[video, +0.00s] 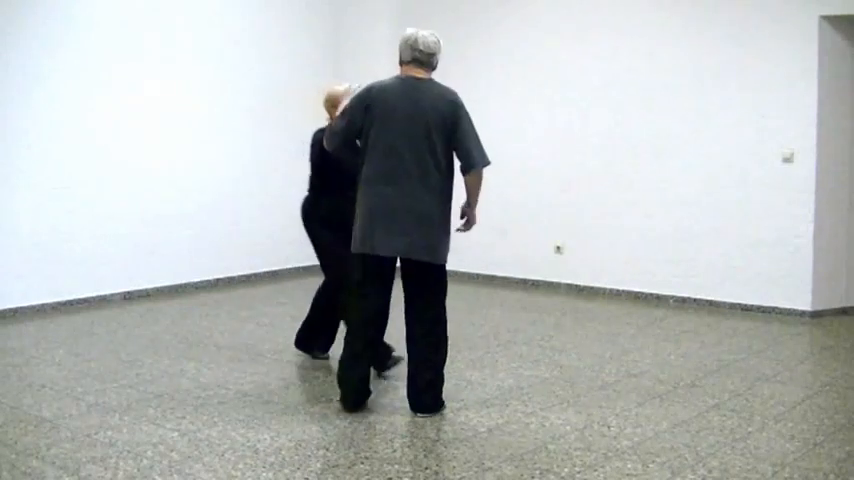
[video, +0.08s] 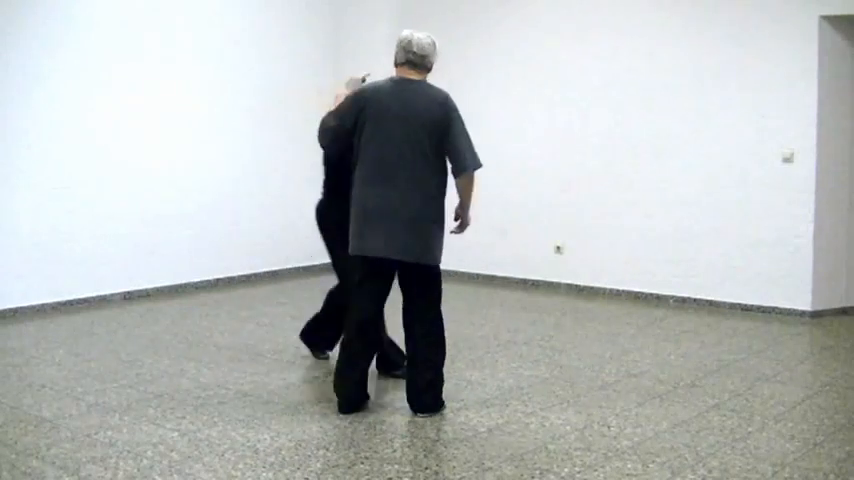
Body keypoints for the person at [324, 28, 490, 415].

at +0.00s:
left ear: (400, 59)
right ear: (434, 63)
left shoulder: (373, 94)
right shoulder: (449, 101)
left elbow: (334, 140)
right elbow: (474, 164)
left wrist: (368, 162)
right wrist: (471, 205)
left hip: (374, 224)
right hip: (427, 226)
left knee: (366, 309)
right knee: (427, 313)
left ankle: (353, 394)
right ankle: (426, 399)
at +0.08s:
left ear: (395, 60)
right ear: (430, 65)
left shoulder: (367, 96)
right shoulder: (441, 102)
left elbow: (328, 137)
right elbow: (465, 166)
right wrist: (464, 206)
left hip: (369, 227)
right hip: (421, 230)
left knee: (362, 312)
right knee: (424, 316)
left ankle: (349, 397)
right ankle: (425, 399)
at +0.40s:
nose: (420, 69)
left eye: (418, 63)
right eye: (419, 64)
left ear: (381, 60)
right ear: (414, 65)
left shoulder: (348, 94)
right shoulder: (412, 102)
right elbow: (425, 172)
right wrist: (435, 202)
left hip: (345, 226)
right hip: (396, 229)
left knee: (347, 316)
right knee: (405, 309)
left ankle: (350, 397)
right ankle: (405, 385)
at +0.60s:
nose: (421, 74)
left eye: (422, 68)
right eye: (420, 68)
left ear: (382, 65)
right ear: (413, 70)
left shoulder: (358, 94)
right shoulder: (407, 107)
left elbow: (386, 87)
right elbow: (412, 175)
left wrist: (419, 74)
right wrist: (438, 192)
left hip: (346, 224)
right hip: (388, 227)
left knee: (348, 315)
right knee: (394, 311)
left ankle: (349, 396)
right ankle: (391, 386)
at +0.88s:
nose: (435, 73)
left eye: (434, 67)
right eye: (432, 67)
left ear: (399, 67)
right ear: (414, 69)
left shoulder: (378, 89)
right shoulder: (402, 105)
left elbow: (431, 83)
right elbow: (415, 175)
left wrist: (469, 64)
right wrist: (460, 184)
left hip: (367, 213)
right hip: (392, 220)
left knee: (381, 292)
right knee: (406, 299)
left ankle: (349, 358)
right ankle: (390, 385)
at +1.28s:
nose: (440, 76)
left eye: (441, 68)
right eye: (436, 69)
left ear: (420, 67)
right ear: (411, 69)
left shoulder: (420, 100)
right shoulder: (387, 107)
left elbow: (454, 120)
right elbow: (417, 171)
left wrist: (501, 108)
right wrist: (476, 180)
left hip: (415, 227)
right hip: (388, 232)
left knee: (433, 284)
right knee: (399, 308)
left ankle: (388, 344)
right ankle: (395, 384)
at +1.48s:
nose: (447, 72)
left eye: (447, 65)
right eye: (441, 65)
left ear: (424, 67)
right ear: (416, 66)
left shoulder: (432, 102)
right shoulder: (388, 105)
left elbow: (445, 152)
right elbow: (398, 171)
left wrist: (488, 161)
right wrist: (452, 191)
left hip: (425, 230)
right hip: (392, 234)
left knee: (431, 304)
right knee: (397, 311)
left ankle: (420, 371)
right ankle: (394, 383)